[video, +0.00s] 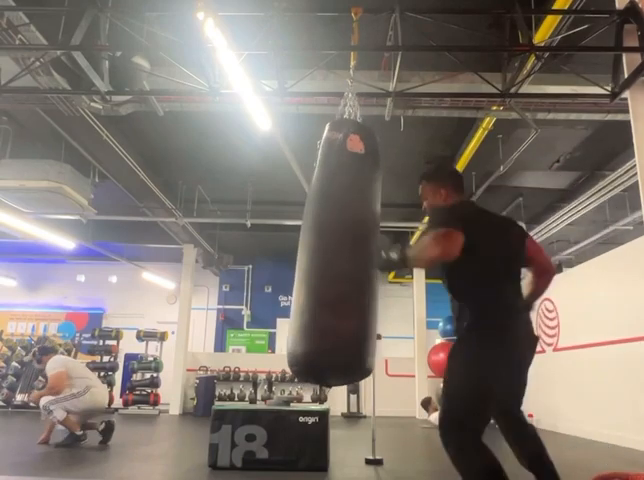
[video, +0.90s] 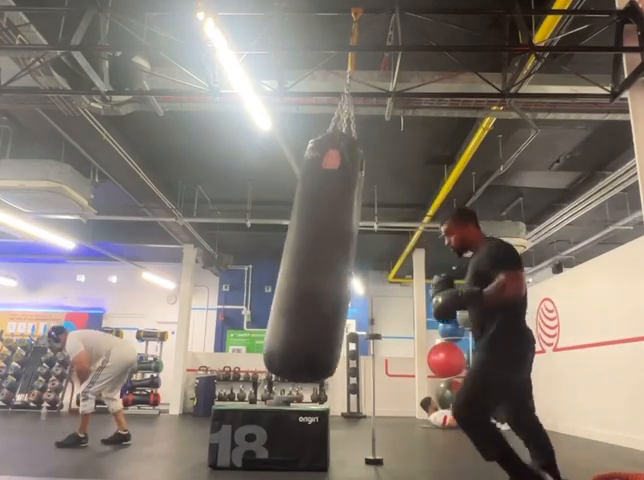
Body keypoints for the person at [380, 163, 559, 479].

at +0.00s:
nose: (425, 207)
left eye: (426, 198)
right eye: (422, 200)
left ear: (443, 192)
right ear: (460, 191)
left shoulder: (449, 216)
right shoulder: (504, 224)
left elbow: (445, 247)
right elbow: (545, 268)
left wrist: (401, 255)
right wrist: (525, 302)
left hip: (483, 337)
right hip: (519, 335)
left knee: (457, 430)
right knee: (507, 412)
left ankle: (491, 477)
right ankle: (549, 475)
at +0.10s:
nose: (414, 195)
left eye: (420, 186)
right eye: (415, 187)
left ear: (445, 187)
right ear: (446, 189)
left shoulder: (460, 224)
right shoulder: (475, 219)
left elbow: (479, 280)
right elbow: (517, 255)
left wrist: (420, 293)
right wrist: (498, 292)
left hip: (486, 342)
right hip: (500, 337)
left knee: (463, 435)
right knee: (495, 425)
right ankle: (550, 476)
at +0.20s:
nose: (438, 202)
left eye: (446, 194)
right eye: (434, 195)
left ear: (469, 195)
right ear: (431, 198)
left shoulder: (494, 240)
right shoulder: (439, 236)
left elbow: (479, 302)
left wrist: (431, 279)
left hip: (499, 341)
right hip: (474, 343)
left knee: (445, 408)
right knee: (494, 420)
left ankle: (468, 475)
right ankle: (562, 474)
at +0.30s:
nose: (424, 222)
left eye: (428, 213)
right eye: (422, 216)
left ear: (451, 209)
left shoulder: (488, 247)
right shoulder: (444, 253)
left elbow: (503, 306)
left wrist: (445, 296)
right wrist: (424, 281)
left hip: (497, 349)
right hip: (474, 351)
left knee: (445, 417)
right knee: (490, 427)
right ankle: (538, 477)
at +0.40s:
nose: (420, 245)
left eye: (423, 236)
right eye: (419, 239)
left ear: (444, 231)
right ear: (442, 234)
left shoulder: (475, 256)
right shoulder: (462, 267)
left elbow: (502, 295)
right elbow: (480, 314)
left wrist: (451, 320)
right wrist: (441, 321)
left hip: (503, 355)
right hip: (497, 355)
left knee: (445, 418)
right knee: (476, 419)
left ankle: (462, 475)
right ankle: (518, 475)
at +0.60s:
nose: (429, 231)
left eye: (431, 222)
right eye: (427, 225)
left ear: (451, 215)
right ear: (450, 219)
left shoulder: (479, 239)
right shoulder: (468, 250)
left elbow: (503, 278)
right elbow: (488, 296)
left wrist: (481, 322)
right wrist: (461, 299)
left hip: (510, 333)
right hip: (515, 333)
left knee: (483, 407)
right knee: (508, 412)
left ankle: (483, 473)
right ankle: (533, 474)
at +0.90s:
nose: (447, 243)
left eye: (448, 235)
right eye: (445, 237)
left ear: (467, 226)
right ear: (466, 229)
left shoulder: (497, 249)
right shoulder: (478, 260)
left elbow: (513, 288)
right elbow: (485, 294)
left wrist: (463, 297)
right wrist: (453, 294)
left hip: (506, 343)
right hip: (501, 343)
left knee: (467, 411)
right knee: (520, 415)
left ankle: (522, 474)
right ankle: (551, 473)